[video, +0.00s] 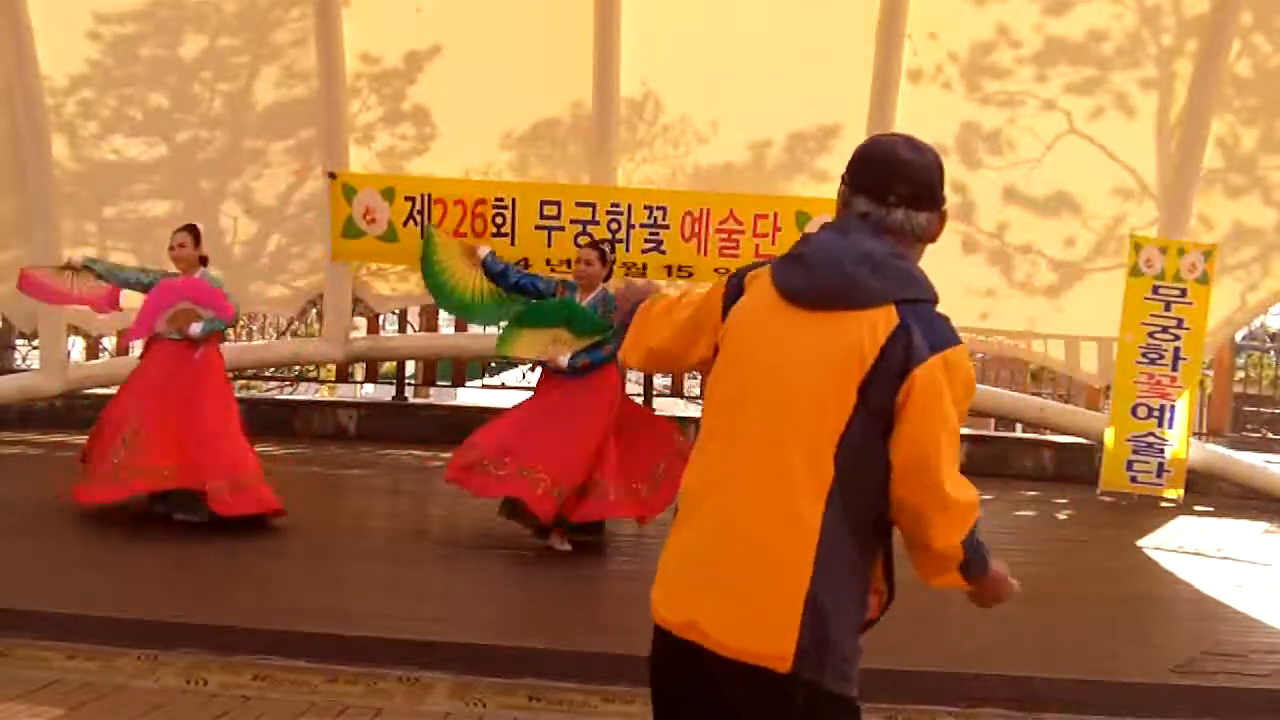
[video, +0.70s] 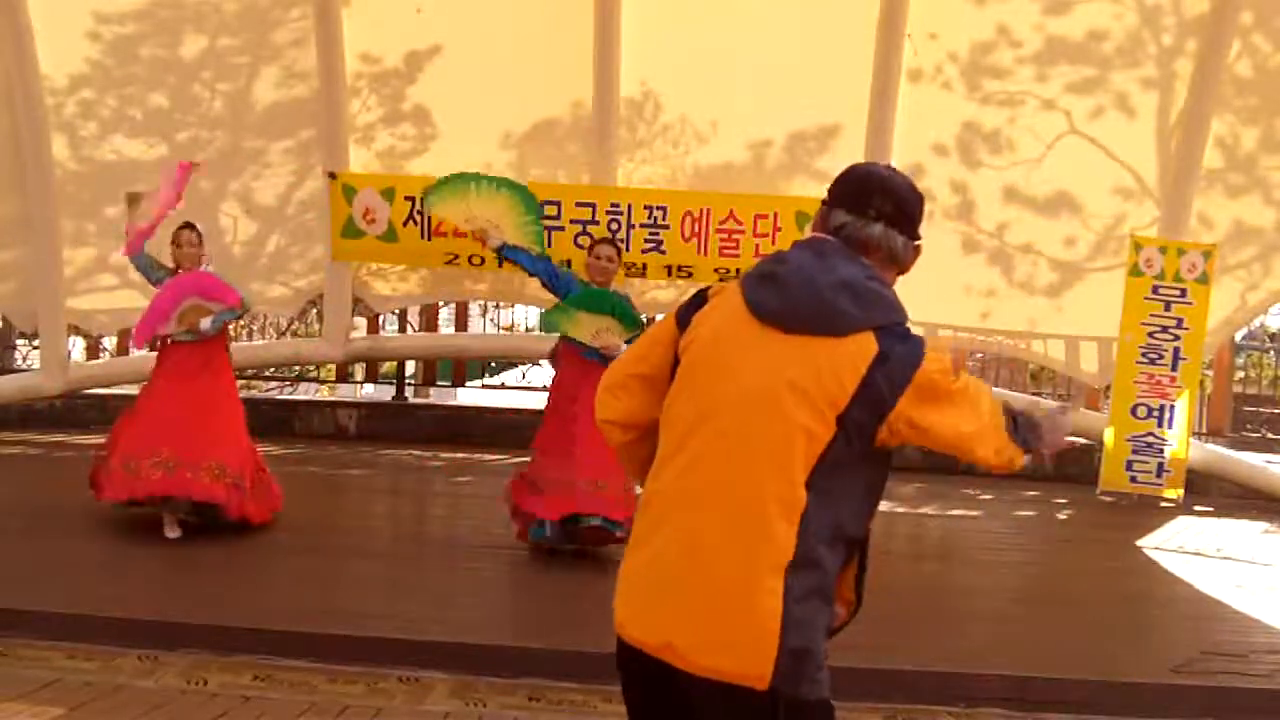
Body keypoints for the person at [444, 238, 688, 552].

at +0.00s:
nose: (580, 268)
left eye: (588, 264)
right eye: (578, 262)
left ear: (606, 271)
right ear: (574, 265)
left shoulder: (616, 302)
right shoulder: (563, 291)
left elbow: (614, 346)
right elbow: (520, 281)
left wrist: (572, 361)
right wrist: (486, 257)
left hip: (598, 382)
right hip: (559, 380)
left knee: (580, 449)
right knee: (550, 442)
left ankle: (559, 527)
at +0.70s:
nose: (602, 264)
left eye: (609, 260)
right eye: (597, 257)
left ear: (618, 266)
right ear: (587, 261)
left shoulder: (622, 305)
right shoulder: (574, 289)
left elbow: (645, 345)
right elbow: (540, 267)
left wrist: (622, 351)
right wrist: (499, 246)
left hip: (606, 379)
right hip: (572, 374)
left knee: (598, 444)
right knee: (564, 442)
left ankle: (589, 518)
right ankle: (550, 520)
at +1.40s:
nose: (573, 266)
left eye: (575, 261)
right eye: (575, 260)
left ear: (580, 265)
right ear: (607, 262)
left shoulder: (578, 299)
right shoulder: (627, 289)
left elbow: (552, 332)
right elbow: (663, 282)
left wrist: (565, 353)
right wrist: (695, 283)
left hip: (594, 376)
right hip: (629, 374)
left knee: (585, 447)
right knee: (620, 444)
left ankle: (581, 523)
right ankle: (617, 524)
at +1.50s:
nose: (573, 264)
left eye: (578, 260)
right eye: (575, 259)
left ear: (593, 263)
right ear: (606, 263)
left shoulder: (588, 296)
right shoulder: (617, 289)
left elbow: (571, 341)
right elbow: (638, 276)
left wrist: (553, 346)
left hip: (599, 376)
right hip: (626, 372)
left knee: (590, 447)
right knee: (615, 445)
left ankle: (592, 526)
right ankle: (616, 525)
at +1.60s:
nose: (581, 267)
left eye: (587, 262)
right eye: (582, 261)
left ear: (605, 267)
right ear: (593, 264)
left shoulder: (612, 296)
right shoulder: (589, 291)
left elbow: (597, 340)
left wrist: (554, 349)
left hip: (612, 378)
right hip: (591, 375)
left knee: (594, 447)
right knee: (585, 446)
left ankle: (597, 527)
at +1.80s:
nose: (605, 264)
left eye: (613, 259)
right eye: (601, 257)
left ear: (625, 265)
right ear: (594, 260)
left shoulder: (630, 303)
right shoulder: (580, 290)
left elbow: (639, 343)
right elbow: (541, 281)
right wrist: (497, 277)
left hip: (616, 383)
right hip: (580, 380)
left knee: (607, 447)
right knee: (570, 444)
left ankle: (608, 520)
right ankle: (562, 519)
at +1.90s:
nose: (626, 265)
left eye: (628, 259)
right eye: (619, 259)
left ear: (629, 262)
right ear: (598, 261)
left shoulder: (632, 295)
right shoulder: (585, 286)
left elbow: (652, 339)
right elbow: (557, 281)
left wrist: (635, 342)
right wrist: (526, 276)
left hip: (615, 369)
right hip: (581, 366)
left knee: (612, 439)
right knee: (573, 437)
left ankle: (607, 517)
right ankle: (563, 519)